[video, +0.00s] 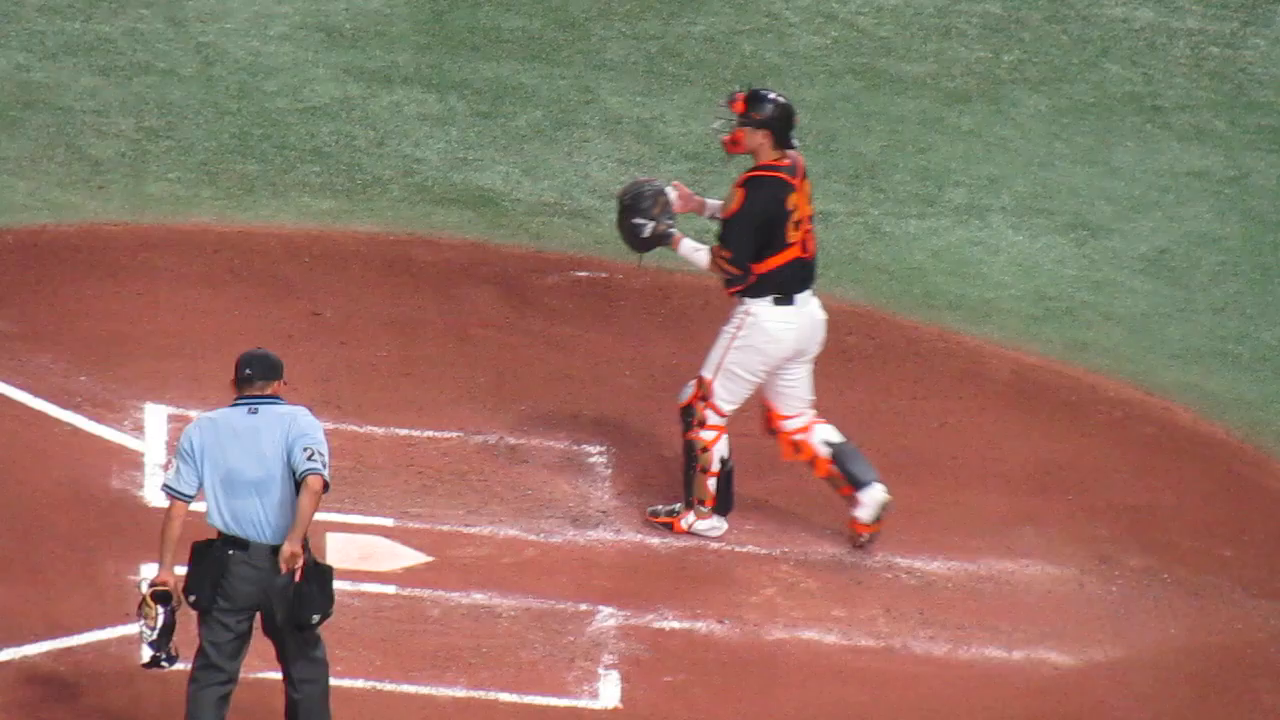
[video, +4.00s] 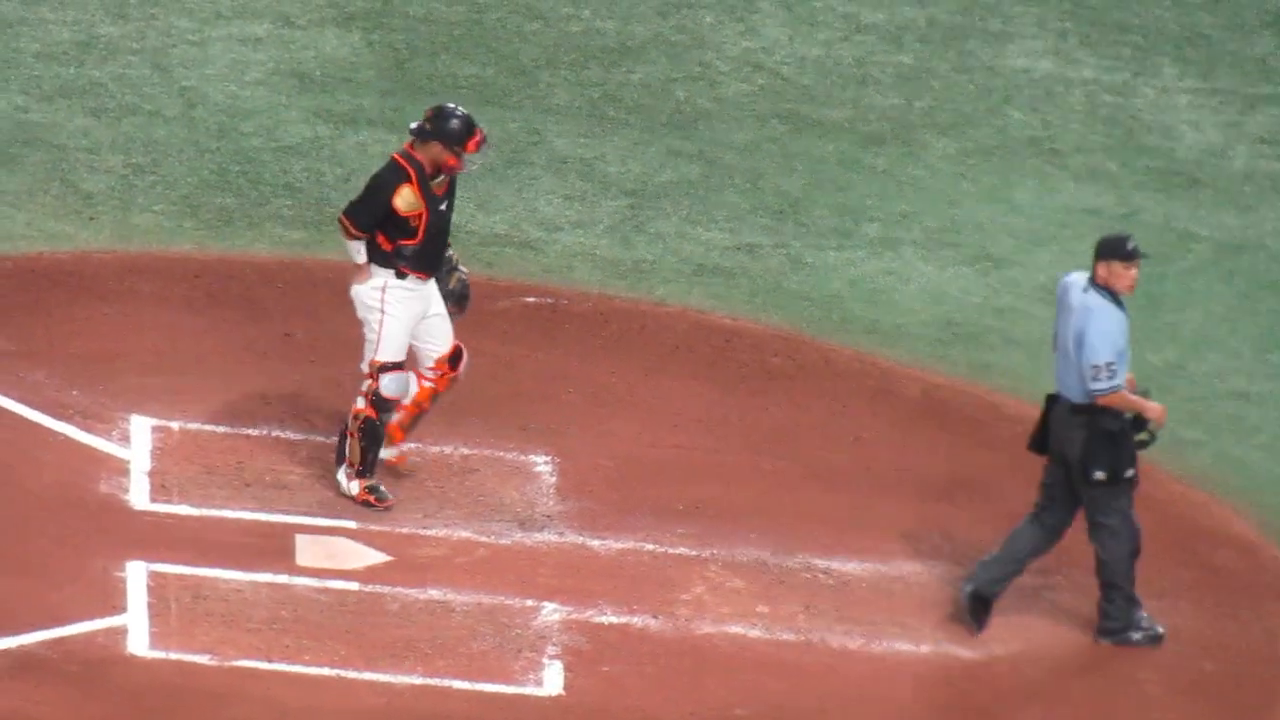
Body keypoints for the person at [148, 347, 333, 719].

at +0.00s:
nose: (281, 389)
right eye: (281, 384)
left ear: (235, 385)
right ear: (279, 386)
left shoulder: (202, 428)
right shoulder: (299, 420)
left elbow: (177, 506)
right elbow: (314, 482)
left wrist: (165, 569)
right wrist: (295, 538)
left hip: (228, 569)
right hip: (287, 569)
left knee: (213, 674)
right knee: (306, 670)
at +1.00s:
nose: (452, 332)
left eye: (448, 326)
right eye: (451, 327)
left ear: (407, 320)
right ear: (445, 328)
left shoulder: (365, 359)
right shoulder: (456, 370)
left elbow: (335, 428)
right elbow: (469, 442)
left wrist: (311, 489)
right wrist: (489, 461)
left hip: (373, 498)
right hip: (420, 507)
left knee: (391, 598)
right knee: (409, 618)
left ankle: (398, 696)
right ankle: (336, 713)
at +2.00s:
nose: (595, 300)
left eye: (594, 293)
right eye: (592, 294)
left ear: (556, 294)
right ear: (577, 298)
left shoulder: (515, 322)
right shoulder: (591, 348)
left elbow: (481, 372)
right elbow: (596, 416)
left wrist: (526, 367)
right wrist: (562, 387)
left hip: (511, 449)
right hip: (549, 461)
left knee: (555, 532)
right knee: (522, 557)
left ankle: (568, 618)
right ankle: (477, 658)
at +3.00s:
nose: (888, 301)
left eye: (891, 294)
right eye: (889, 293)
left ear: (857, 279)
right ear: (875, 286)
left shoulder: (814, 302)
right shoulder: (863, 321)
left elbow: (785, 365)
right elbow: (820, 375)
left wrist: (777, 423)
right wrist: (811, 428)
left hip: (799, 428)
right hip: (834, 436)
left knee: (828, 520)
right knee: (831, 534)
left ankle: (795, 603)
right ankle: (802, 638)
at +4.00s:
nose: (1135, 276)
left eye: (1136, 267)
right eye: (1128, 268)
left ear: (1104, 269)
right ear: (1104, 269)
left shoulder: (1073, 285)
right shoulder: (1106, 318)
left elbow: (1079, 346)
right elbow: (1104, 391)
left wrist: (1117, 375)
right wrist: (1145, 407)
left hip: (1064, 418)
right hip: (1096, 428)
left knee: (1049, 518)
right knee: (1116, 531)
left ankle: (981, 586)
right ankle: (1119, 619)